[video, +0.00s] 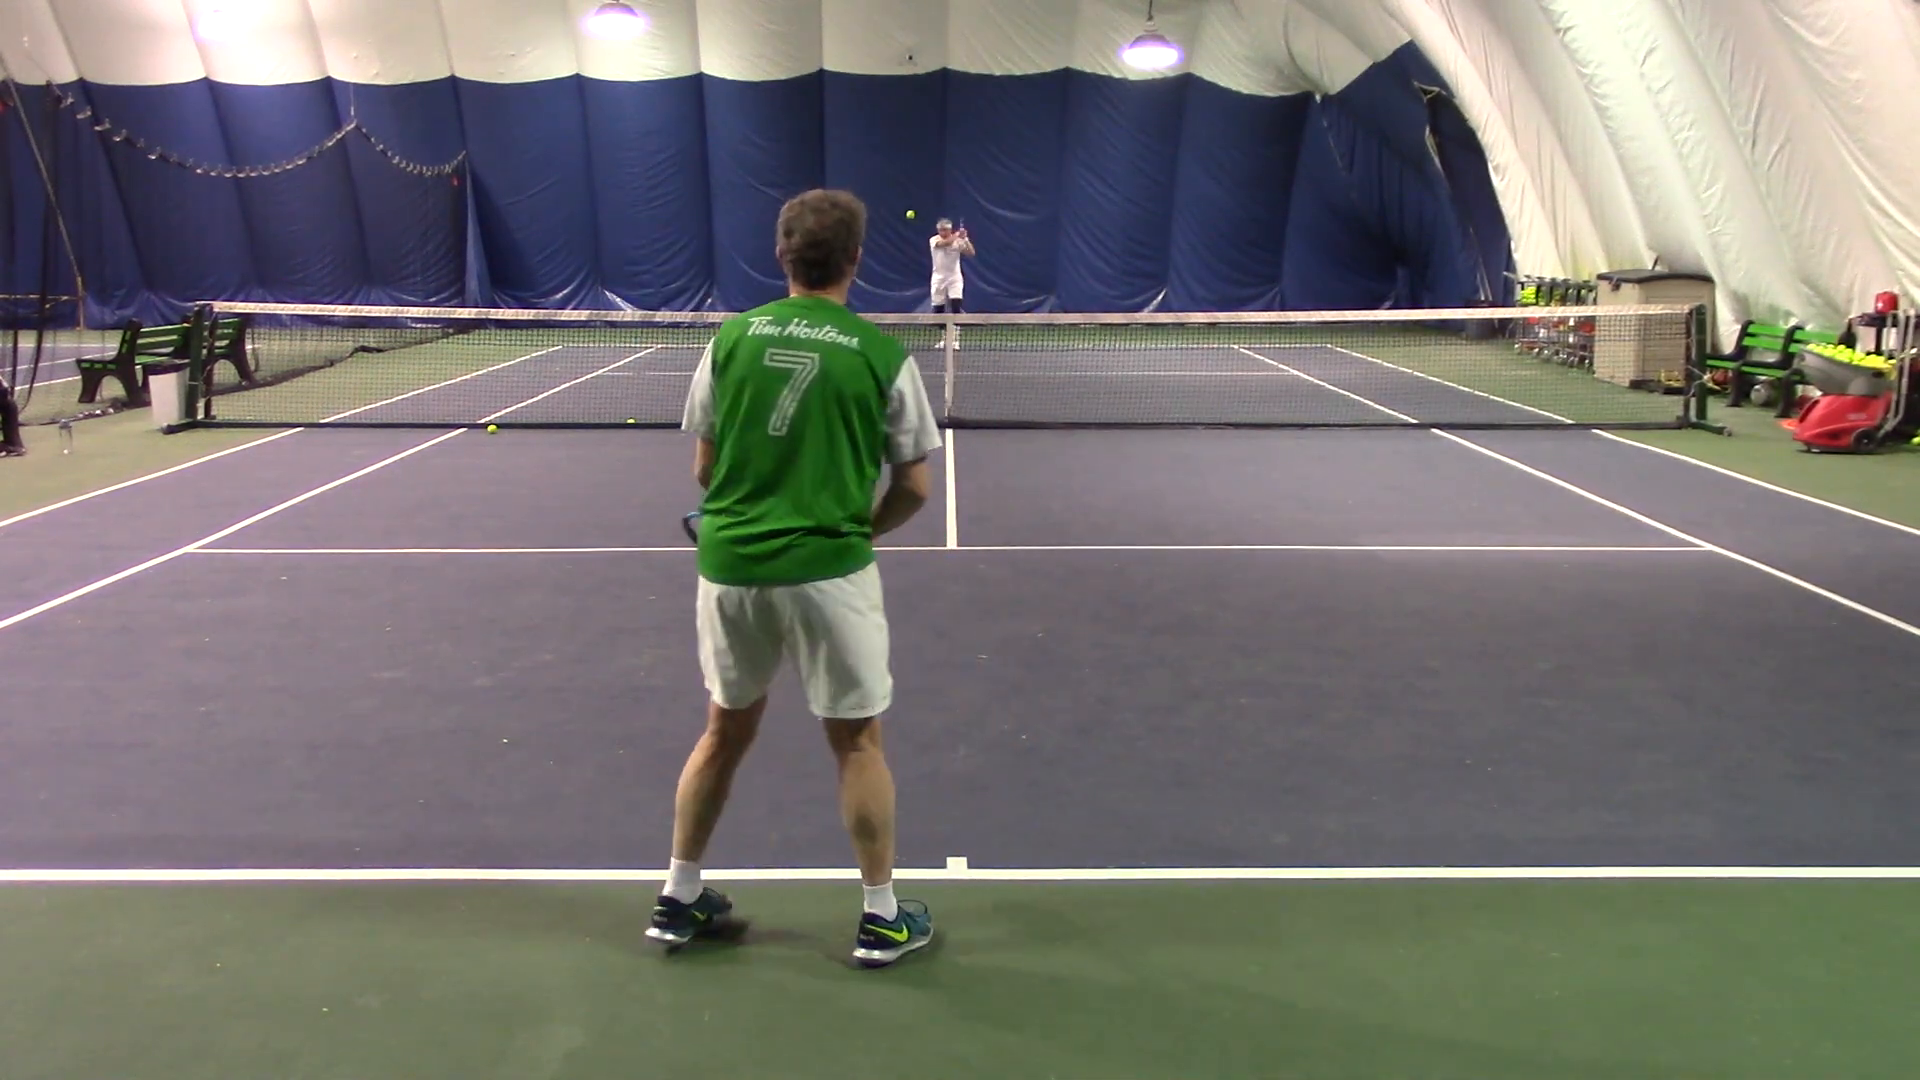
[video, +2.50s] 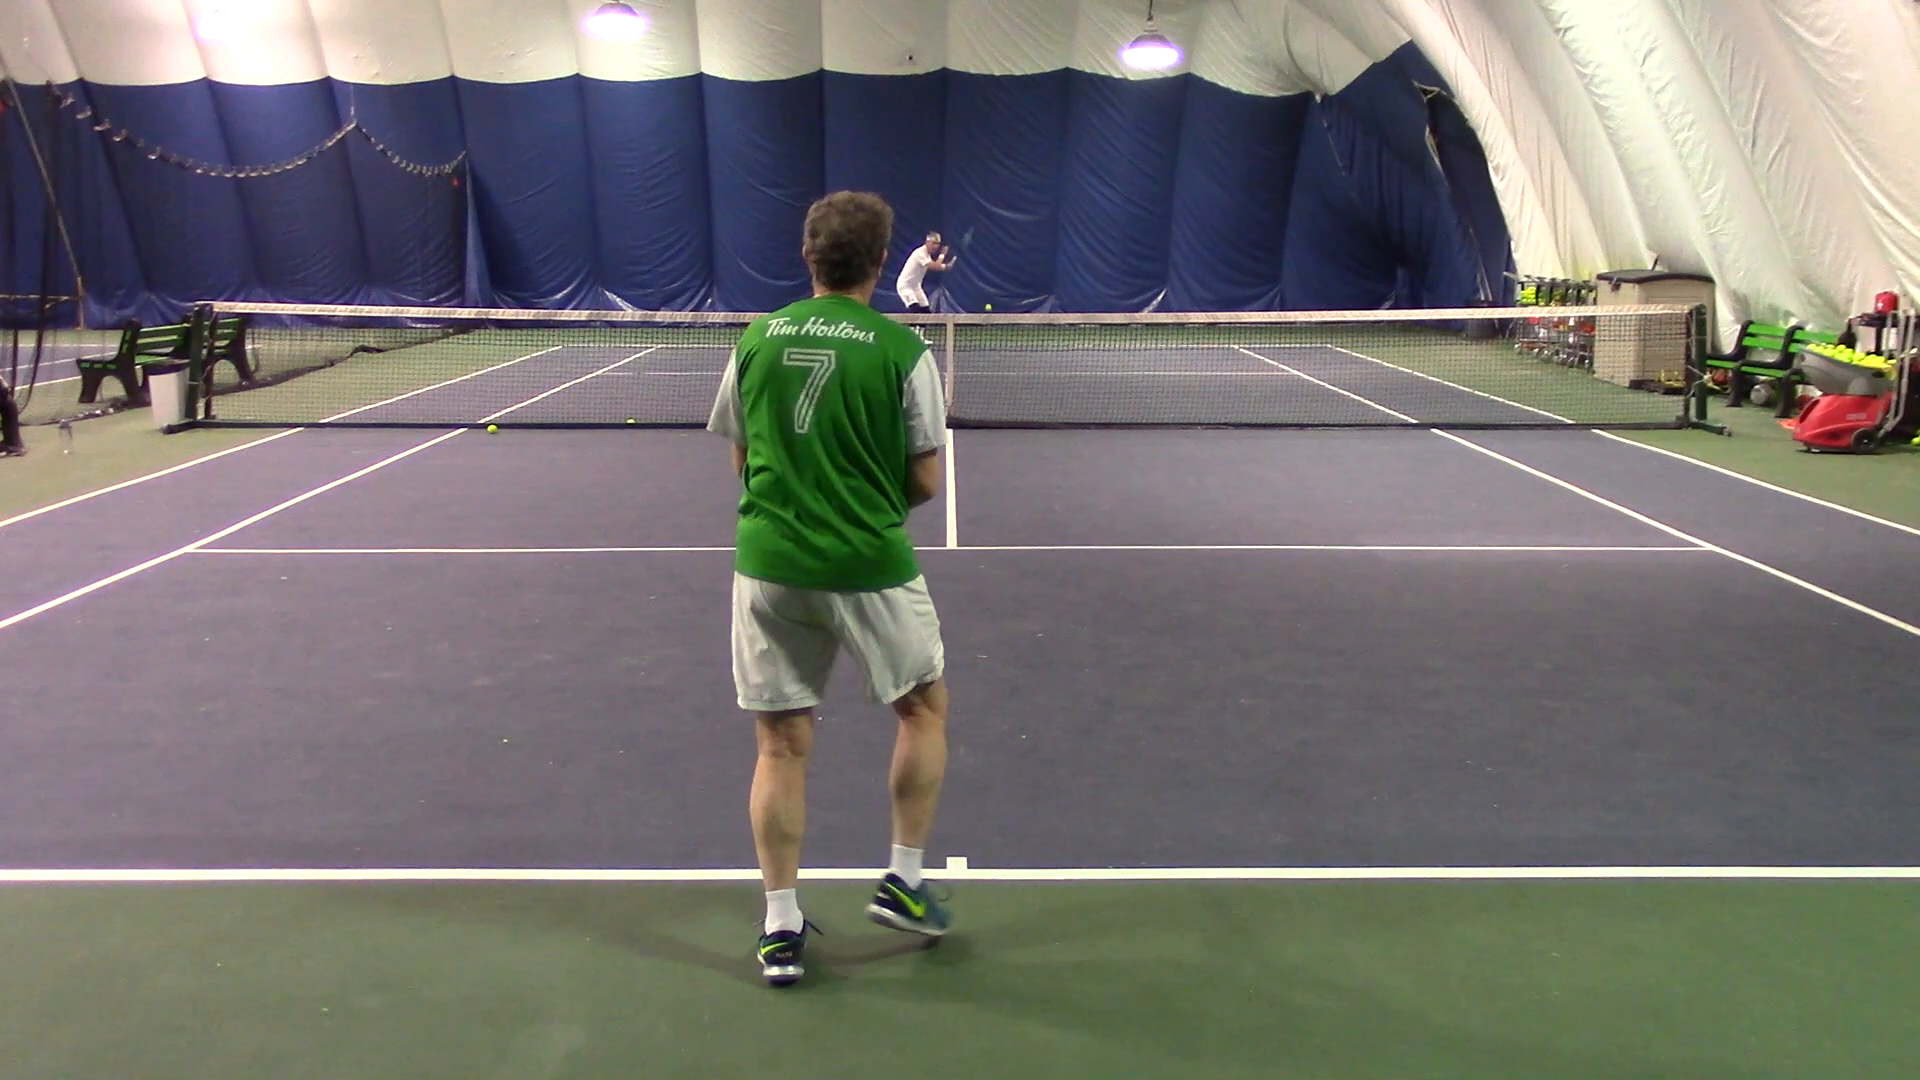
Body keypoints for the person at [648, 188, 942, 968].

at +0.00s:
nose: (856, 262)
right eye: (859, 252)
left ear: (781, 258)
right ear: (854, 261)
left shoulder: (731, 339)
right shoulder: (881, 355)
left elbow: (705, 467)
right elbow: (915, 486)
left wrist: (756, 508)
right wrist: (852, 530)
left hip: (731, 566)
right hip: (831, 570)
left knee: (724, 729)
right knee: (857, 739)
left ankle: (677, 898)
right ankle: (882, 915)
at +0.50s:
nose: (769, 273)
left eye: (761, 260)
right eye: (769, 262)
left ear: (691, 265)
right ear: (759, 272)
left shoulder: (676, 330)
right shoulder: (718, 350)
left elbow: (791, 392)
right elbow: (721, 456)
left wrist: (877, 377)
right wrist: (840, 448)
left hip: (624, 570)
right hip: (677, 580)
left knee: (675, 746)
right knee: (717, 764)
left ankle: (669, 903)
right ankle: (634, 953)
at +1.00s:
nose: (772, 297)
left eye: (770, 283)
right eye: (772, 284)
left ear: (696, 278)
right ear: (755, 292)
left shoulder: (660, 334)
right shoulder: (697, 364)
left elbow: (664, 421)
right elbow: (694, 465)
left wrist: (747, 408)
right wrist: (769, 500)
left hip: (606, 576)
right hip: (640, 587)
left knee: (670, 735)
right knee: (669, 784)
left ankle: (688, 876)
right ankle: (610, 977)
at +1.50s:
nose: (825, 299)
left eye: (825, 288)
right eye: (825, 290)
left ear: (745, 277)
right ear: (807, 300)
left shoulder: (666, 320)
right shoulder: (808, 365)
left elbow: (558, 336)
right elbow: (758, 360)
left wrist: (628, 349)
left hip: (640, 562)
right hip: (724, 574)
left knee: (684, 723)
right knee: (711, 750)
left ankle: (699, 878)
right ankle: (659, 923)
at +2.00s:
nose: (874, 270)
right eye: (874, 262)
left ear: (797, 261)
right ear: (867, 272)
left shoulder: (734, 331)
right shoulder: (885, 351)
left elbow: (666, 432)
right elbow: (884, 423)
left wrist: (739, 417)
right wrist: (809, 394)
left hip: (732, 565)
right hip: (829, 571)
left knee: (721, 726)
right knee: (845, 743)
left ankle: (701, 883)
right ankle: (856, 926)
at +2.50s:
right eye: (878, 252)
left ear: (805, 258)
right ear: (879, 264)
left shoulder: (759, 338)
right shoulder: (903, 349)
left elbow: (741, 460)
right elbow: (926, 480)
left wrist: (807, 479)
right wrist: (862, 495)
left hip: (769, 557)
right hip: (871, 561)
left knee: (781, 743)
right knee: (922, 708)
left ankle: (781, 925)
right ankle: (904, 878)